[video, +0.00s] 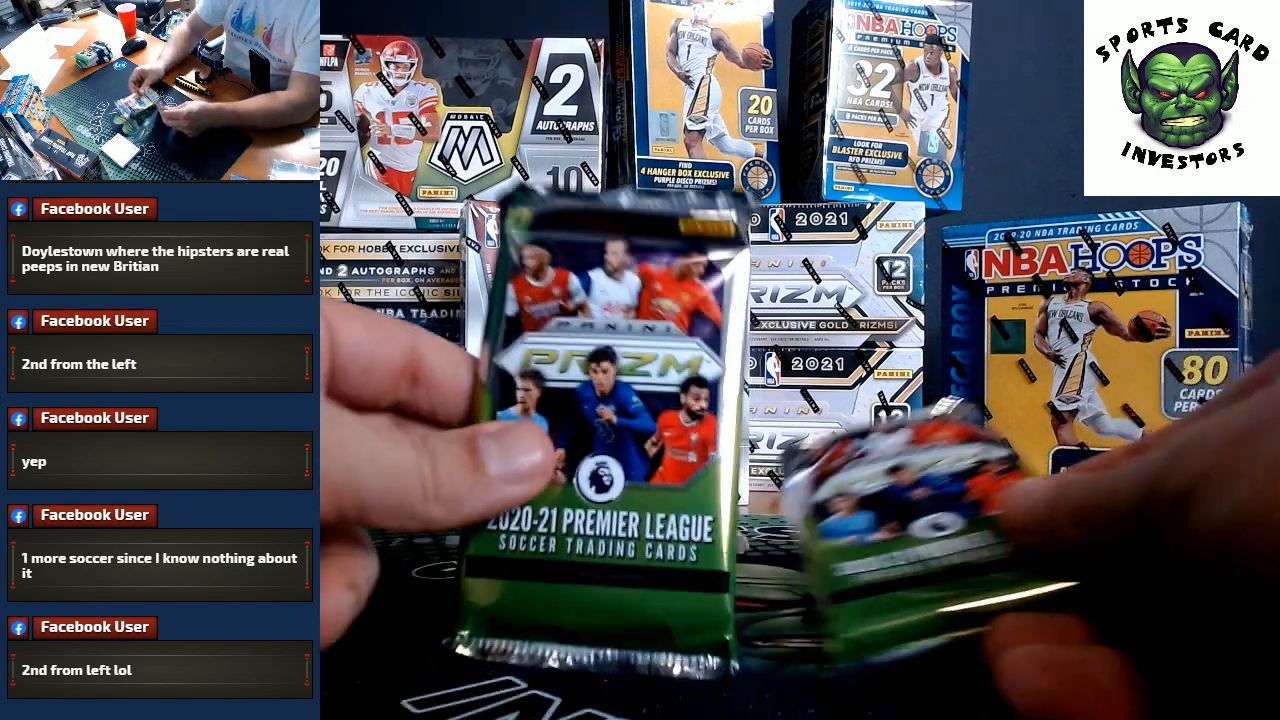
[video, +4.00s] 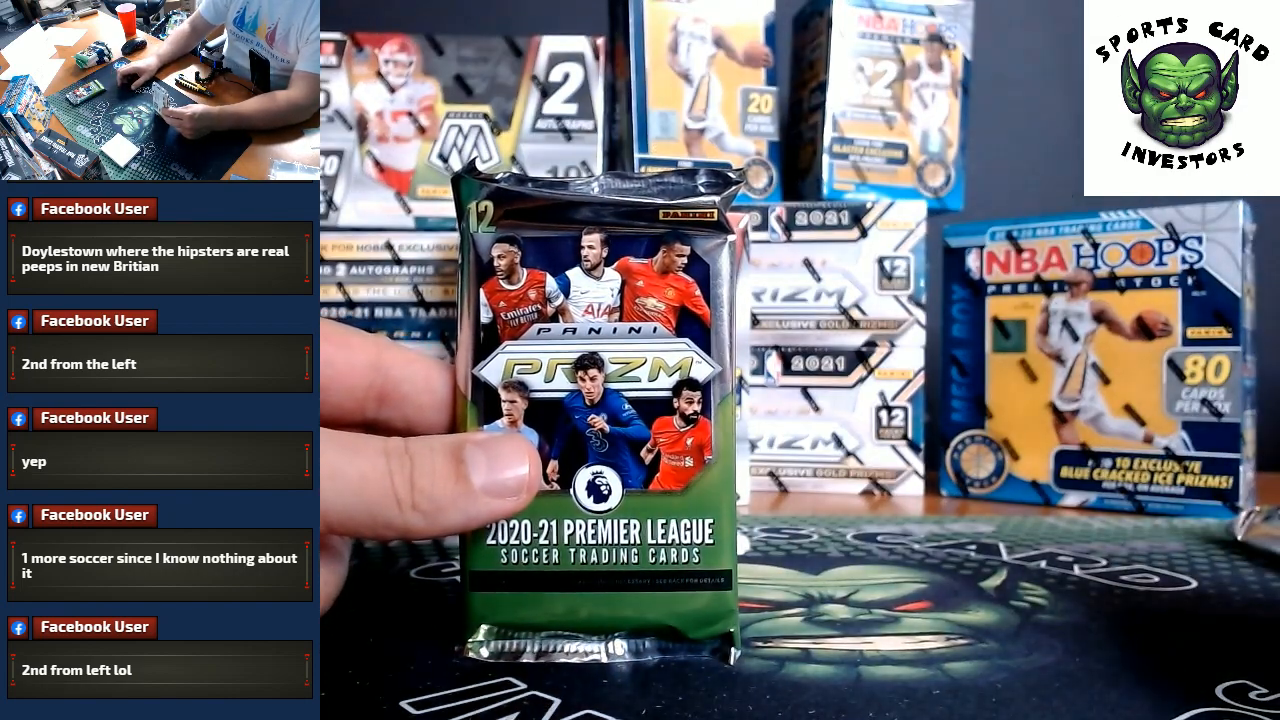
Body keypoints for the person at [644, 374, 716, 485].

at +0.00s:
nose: (702, 405)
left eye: (706, 400)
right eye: (696, 399)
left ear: (709, 400)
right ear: (682, 398)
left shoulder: (711, 424)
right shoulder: (666, 419)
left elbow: (713, 458)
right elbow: (658, 437)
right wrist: (652, 445)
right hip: (663, 483)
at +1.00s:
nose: (693, 409)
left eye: (696, 403)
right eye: (687, 403)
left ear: (699, 404)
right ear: (673, 403)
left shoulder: (702, 429)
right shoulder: (657, 424)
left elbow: (707, 463)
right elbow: (648, 447)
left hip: (686, 493)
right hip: (656, 490)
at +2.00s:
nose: (688, 406)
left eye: (692, 400)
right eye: (682, 400)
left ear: (694, 400)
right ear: (668, 400)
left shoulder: (698, 426)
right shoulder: (653, 422)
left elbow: (703, 461)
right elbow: (642, 446)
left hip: (681, 492)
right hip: (652, 487)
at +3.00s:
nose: (698, 408)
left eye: (701, 402)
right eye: (691, 402)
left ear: (704, 403)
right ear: (678, 403)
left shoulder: (708, 429)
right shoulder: (662, 424)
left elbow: (713, 465)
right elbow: (652, 448)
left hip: (691, 495)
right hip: (661, 490)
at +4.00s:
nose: (696, 408)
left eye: (699, 402)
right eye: (689, 402)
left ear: (702, 402)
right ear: (676, 403)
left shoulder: (706, 429)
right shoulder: (660, 425)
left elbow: (712, 466)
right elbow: (650, 448)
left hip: (689, 494)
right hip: (659, 490)